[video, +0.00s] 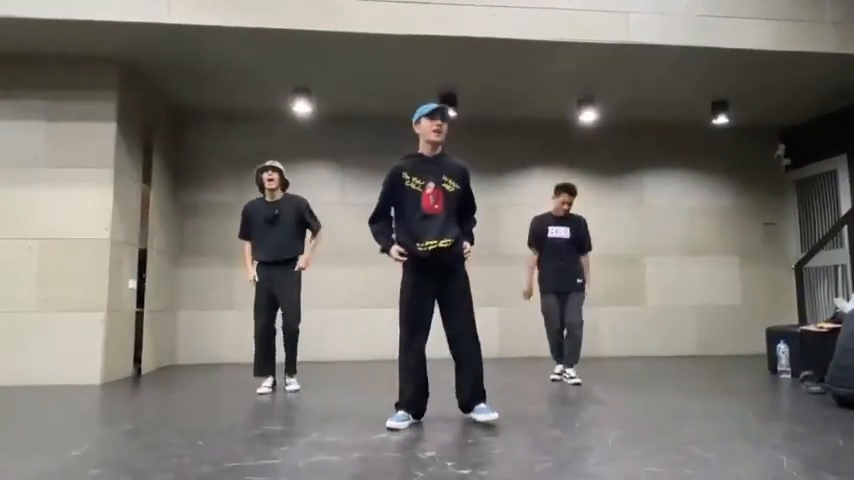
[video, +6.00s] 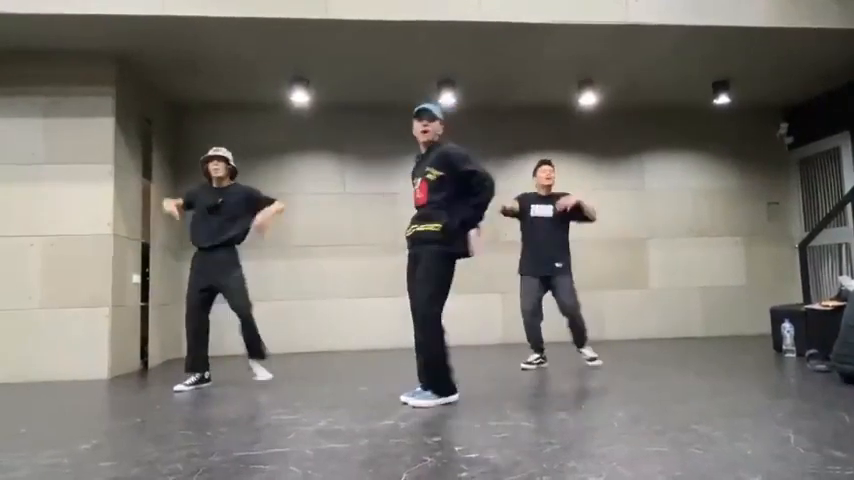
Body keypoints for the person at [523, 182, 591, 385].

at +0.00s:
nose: (566, 207)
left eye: (569, 204)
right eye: (563, 202)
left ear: (573, 203)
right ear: (554, 199)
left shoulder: (578, 222)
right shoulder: (539, 222)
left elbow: (584, 255)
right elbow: (533, 255)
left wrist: (587, 279)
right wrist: (529, 284)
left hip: (574, 283)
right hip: (549, 284)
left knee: (574, 323)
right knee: (553, 325)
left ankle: (570, 366)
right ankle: (559, 363)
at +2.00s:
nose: (562, 172)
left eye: (563, 169)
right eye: (557, 169)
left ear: (567, 174)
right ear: (547, 175)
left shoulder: (577, 202)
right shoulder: (537, 202)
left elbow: (580, 230)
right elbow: (534, 229)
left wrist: (579, 245)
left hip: (569, 261)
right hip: (542, 261)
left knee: (574, 305)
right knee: (530, 301)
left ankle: (574, 354)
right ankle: (531, 341)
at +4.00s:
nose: (556, 178)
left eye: (558, 175)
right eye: (551, 175)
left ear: (562, 179)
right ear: (542, 180)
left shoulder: (570, 203)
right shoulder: (532, 207)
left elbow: (577, 230)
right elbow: (518, 234)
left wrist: (580, 244)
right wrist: (532, 246)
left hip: (571, 266)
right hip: (545, 269)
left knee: (581, 308)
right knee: (532, 312)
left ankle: (585, 352)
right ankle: (519, 354)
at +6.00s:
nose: (548, 174)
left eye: (551, 171)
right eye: (543, 171)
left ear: (555, 176)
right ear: (535, 177)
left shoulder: (564, 201)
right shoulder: (525, 200)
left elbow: (591, 217)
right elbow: (511, 209)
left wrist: (577, 203)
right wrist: (508, 208)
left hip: (559, 267)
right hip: (531, 269)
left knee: (571, 307)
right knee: (529, 311)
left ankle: (582, 346)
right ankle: (538, 353)